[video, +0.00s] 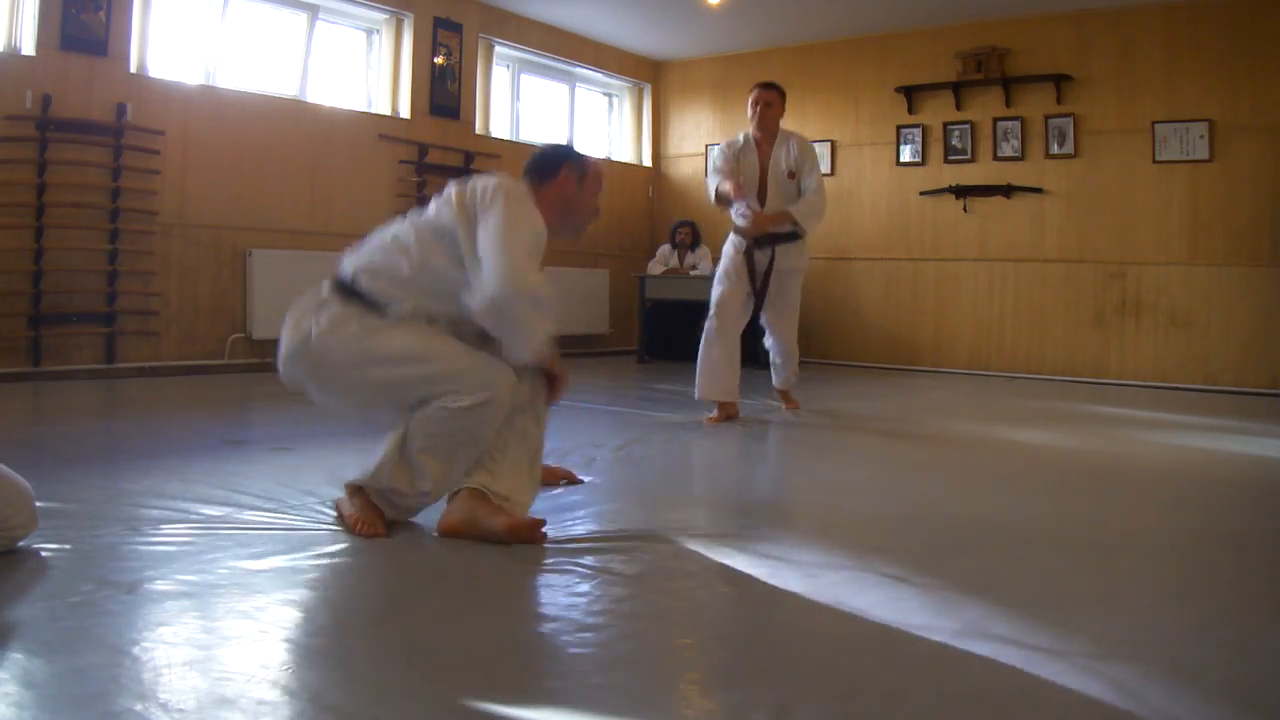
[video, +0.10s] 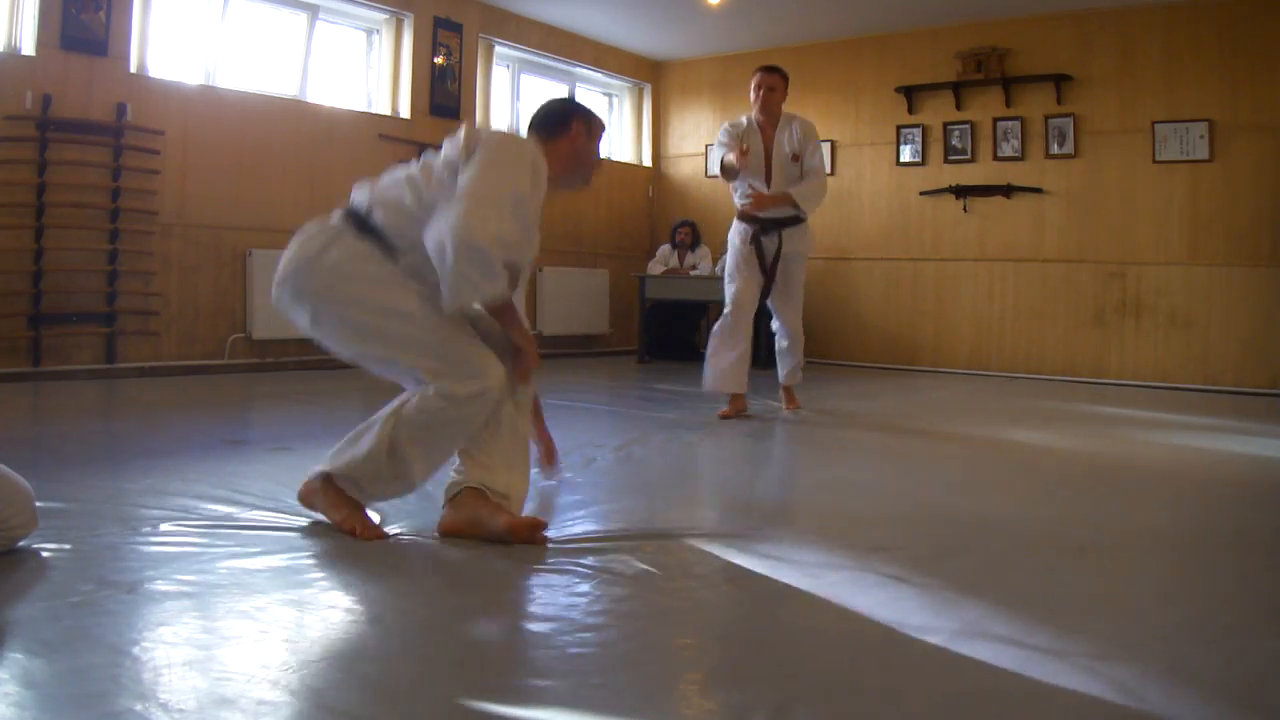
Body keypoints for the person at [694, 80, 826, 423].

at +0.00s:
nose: (760, 110)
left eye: (769, 105)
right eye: (755, 104)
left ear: (782, 112)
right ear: (747, 110)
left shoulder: (799, 149)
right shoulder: (730, 149)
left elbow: (815, 202)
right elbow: (715, 183)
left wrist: (773, 220)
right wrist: (726, 189)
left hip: (786, 248)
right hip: (741, 245)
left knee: (782, 323)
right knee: (721, 317)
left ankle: (783, 386)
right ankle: (726, 402)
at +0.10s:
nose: (762, 95)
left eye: (771, 89)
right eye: (757, 88)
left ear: (785, 96)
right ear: (750, 93)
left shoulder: (802, 130)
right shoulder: (734, 130)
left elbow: (817, 186)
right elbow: (720, 166)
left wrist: (773, 199)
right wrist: (733, 163)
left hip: (790, 232)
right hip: (746, 231)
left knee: (788, 313)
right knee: (737, 308)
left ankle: (788, 386)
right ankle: (737, 395)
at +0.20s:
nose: (764, 86)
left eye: (773, 81)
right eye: (760, 80)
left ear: (787, 87)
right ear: (752, 84)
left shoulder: (803, 121)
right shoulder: (735, 121)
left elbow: (817, 177)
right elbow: (722, 160)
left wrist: (778, 190)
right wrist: (734, 149)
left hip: (793, 226)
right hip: (749, 226)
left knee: (794, 310)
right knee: (745, 309)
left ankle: (792, 382)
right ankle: (748, 394)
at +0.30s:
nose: (767, 87)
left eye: (775, 82)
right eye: (762, 81)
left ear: (789, 88)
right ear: (755, 85)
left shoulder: (805, 124)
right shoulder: (737, 123)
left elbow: (817, 180)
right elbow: (721, 161)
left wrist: (779, 193)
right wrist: (733, 150)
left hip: (794, 230)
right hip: (749, 229)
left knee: (801, 314)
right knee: (750, 315)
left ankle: (808, 384)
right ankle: (752, 395)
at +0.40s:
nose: (771, 90)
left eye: (779, 85)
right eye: (766, 84)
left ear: (794, 90)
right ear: (759, 88)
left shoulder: (810, 126)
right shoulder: (742, 127)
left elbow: (822, 181)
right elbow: (725, 169)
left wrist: (780, 196)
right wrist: (735, 160)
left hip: (797, 231)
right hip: (753, 231)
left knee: (806, 314)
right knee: (751, 315)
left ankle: (813, 391)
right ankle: (751, 396)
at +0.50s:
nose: (776, 91)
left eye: (784, 86)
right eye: (771, 85)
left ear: (799, 92)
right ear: (764, 91)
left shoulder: (816, 129)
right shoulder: (747, 130)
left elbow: (826, 184)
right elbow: (730, 179)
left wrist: (785, 198)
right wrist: (738, 169)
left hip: (801, 233)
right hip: (758, 232)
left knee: (809, 317)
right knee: (753, 316)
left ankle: (813, 392)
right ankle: (750, 396)